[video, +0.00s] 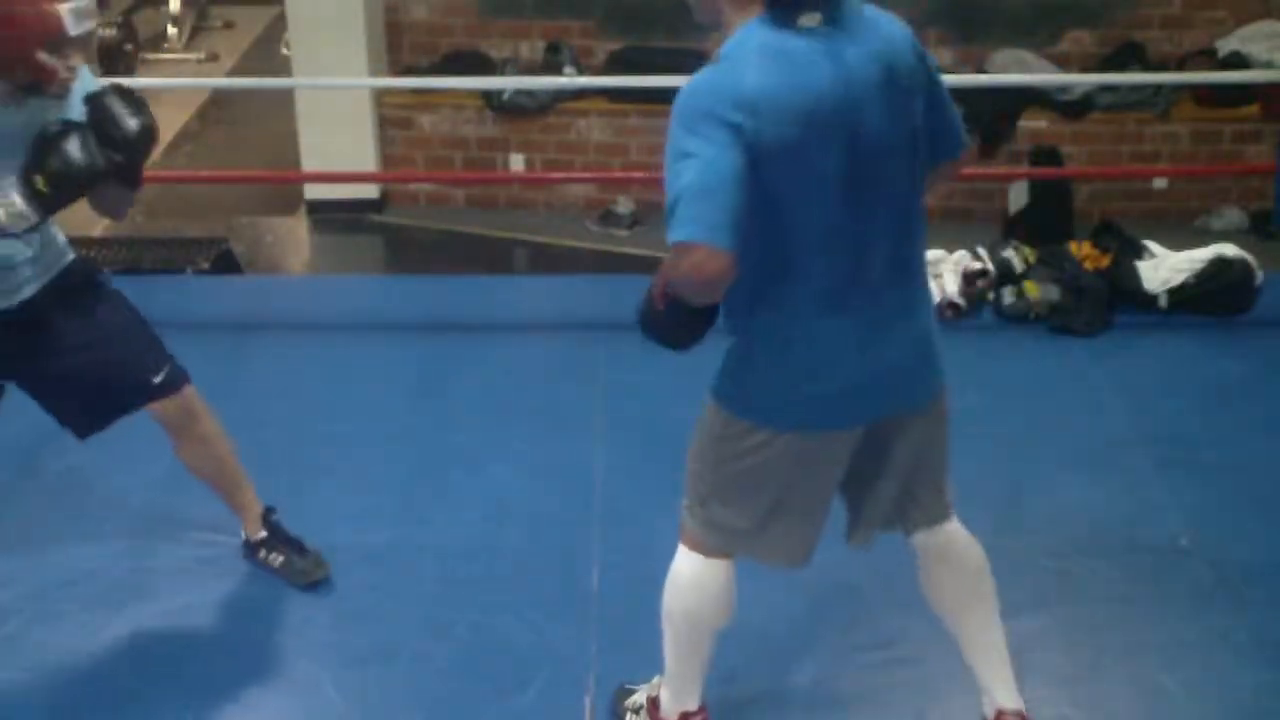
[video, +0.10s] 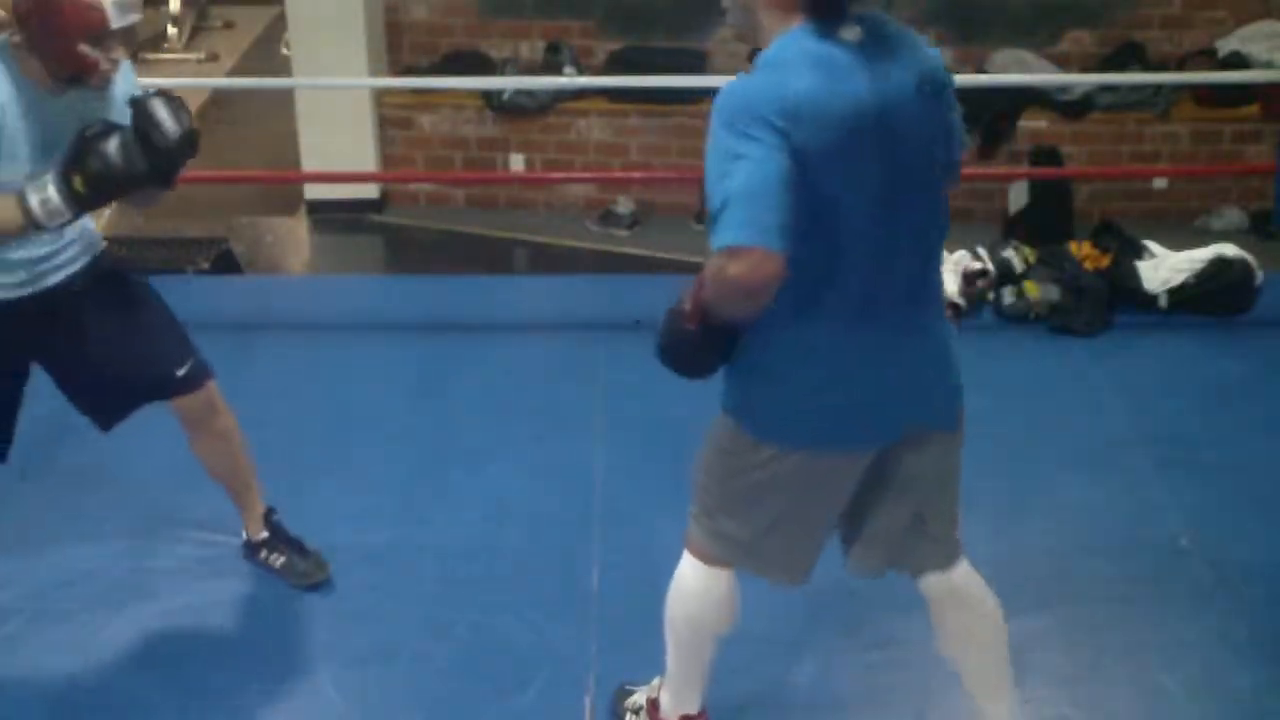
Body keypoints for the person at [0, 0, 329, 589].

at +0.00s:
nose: (60, 65)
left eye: (62, 46)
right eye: (44, 54)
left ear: (67, 36)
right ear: (9, 60)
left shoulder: (73, 83)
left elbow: (111, 208)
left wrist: (121, 166)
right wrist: (34, 197)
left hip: (39, 270)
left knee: (170, 391)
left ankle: (258, 528)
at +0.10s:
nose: (112, 61)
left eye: (118, 41)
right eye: (95, 49)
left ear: (123, 27)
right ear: (39, 45)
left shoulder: (110, 67)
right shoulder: (6, 90)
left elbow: (137, 196)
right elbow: (3, 214)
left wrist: (153, 162)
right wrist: (59, 194)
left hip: (74, 268)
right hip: (4, 293)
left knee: (195, 389)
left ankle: (259, 529)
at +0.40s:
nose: (84, 38)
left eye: (93, 24)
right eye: (69, 25)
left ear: (103, 14)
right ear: (26, 13)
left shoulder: (119, 44)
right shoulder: (4, 66)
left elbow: (186, 152)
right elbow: (8, 196)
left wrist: (188, 89)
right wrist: (77, 118)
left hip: (103, 257)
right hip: (13, 279)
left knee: (210, 380)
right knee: (2, 425)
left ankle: (263, 528)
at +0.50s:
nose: (52, 26)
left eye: (63, 14)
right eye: (39, 15)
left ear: (77, 11)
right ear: (8, 14)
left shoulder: (88, 50)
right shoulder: (3, 71)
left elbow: (172, 151)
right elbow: (3, 190)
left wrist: (164, 86)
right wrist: (54, 114)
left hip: (103, 260)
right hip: (12, 284)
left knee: (224, 374)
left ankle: (271, 522)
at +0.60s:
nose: (60, 13)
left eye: (68, 4)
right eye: (45, 6)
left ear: (78, 1)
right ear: (11, 6)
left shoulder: (95, 33)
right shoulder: (4, 63)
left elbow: (154, 160)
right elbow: (1, 186)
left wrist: (149, 99)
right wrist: (42, 115)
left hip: (106, 252)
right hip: (13, 279)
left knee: (234, 367)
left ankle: (293, 507)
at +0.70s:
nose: (84, 16)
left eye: (91, 6)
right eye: (69, 7)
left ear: (101, 1)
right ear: (27, 2)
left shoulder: (115, 29)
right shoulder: (5, 56)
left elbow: (169, 161)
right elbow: (4, 188)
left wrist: (163, 112)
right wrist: (52, 126)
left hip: (123, 257)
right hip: (17, 280)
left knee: (238, 384)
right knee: (6, 433)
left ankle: (328, 513)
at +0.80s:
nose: (126, 29)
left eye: (138, 17)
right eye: (115, 15)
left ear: (148, 11)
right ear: (71, 2)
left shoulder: (154, 37)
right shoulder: (14, 44)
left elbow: (212, 163)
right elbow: (22, 190)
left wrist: (206, 100)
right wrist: (95, 128)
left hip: (150, 261)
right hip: (32, 277)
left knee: (261, 389)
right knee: (4, 427)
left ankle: (338, 523)